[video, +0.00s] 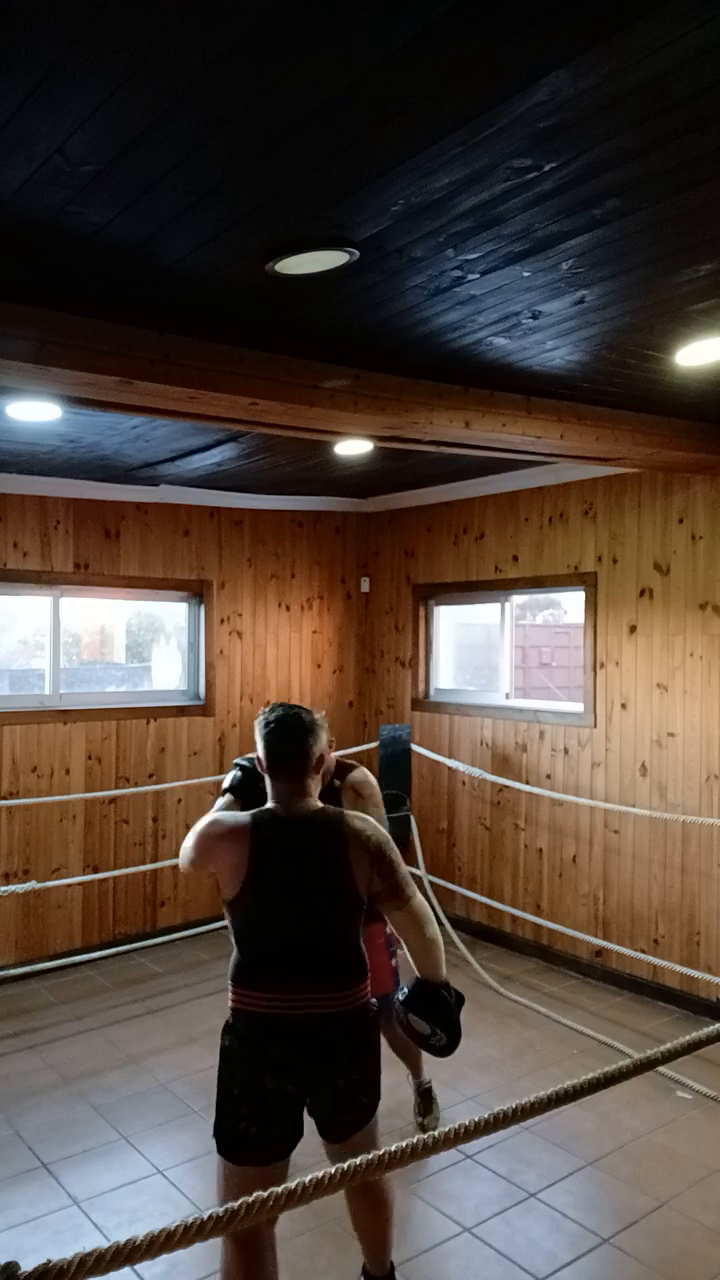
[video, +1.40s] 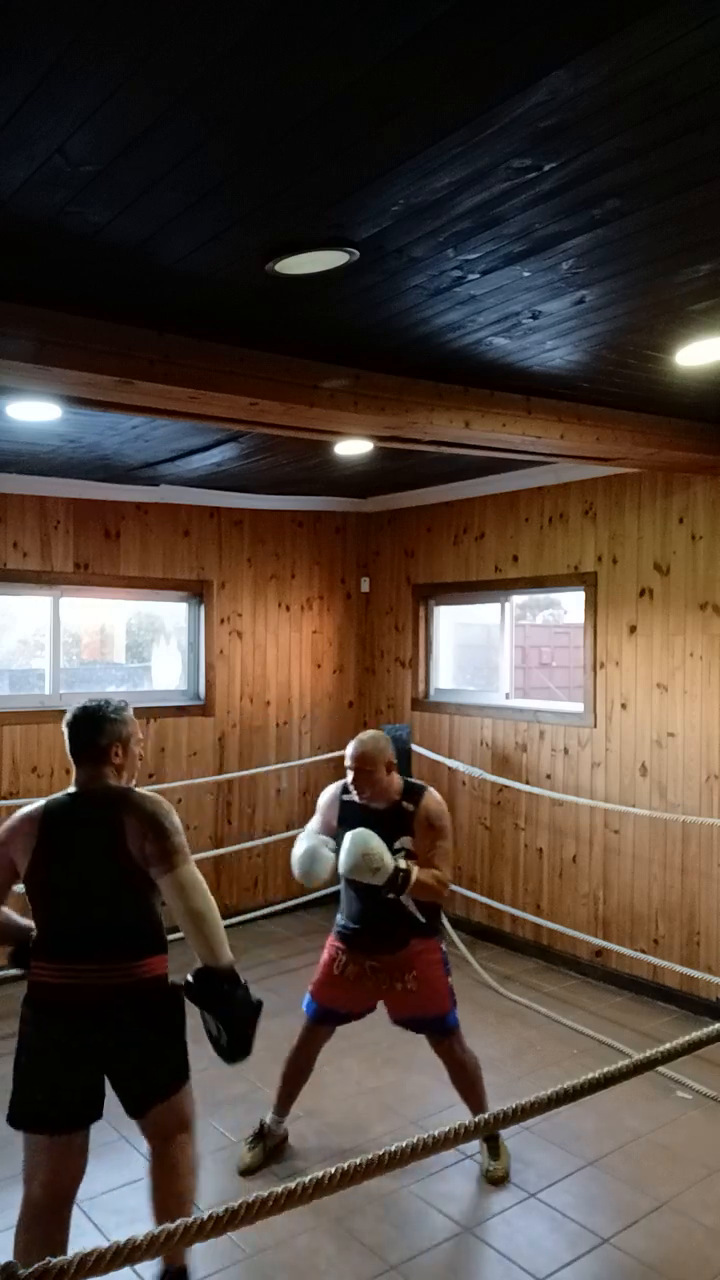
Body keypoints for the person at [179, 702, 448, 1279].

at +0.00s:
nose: (330, 758)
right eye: (328, 750)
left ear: (256, 766)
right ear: (322, 763)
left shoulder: (228, 835)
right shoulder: (362, 835)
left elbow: (193, 855)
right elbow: (409, 912)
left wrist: (231, 794)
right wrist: (435, 989)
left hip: (259, 1037)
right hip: (344, 1034)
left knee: (248, 1211)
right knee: (360, 1164)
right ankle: (380, 1270)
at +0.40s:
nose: (314, 766)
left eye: (311, 759)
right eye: (314, 759)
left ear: (251, 762)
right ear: (307, 767)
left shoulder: (202, 828)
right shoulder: (335, 840)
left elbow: (188, 869)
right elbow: (390, 929)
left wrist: (233, 796)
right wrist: (407, 994)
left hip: (214, 1040)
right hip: (303, 1040)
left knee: (191, 1208)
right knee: (303, 1182)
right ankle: (299, 1276)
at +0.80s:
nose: (276, 777)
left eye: (277, 768)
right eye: (274, 768)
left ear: (209, 768)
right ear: (261, 774)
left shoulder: (164, 826)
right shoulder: (275, 847)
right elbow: (342, 954)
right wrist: (366, 965)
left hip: (153, 1042)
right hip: (238, 1050)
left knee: (102, 1199)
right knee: (284, 1181)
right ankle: (291, 1275)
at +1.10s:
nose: (210, 764)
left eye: (205, 755)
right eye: (207, 754)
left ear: (146, 762)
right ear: (200, 762)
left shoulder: (107, 828)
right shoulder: (218, 833)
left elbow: (138, 906)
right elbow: (271, 923)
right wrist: (323, 976)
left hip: (113, 1037)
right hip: (199, 1039)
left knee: (77, 1194)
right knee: (257, 1188)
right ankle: (283, 1276)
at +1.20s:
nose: (180, 768)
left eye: (178, 758)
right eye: (177, 759)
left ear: (113, 768)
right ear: (164, 767)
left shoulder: (70, 840)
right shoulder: (188, 836)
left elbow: (87, 932)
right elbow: (242, 923)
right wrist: (289, 993)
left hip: (84, 1044)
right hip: (172, 1046)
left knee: (58, 1198)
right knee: (238, 1192)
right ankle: (277, 1274)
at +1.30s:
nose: (155, 767)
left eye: (153, 757)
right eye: (152, 757)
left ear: (88, 767)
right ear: (133, 765)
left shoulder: (39, 841)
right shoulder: (164, 831)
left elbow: (18, 935)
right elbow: (212, 920)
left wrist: (80, 917)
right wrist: (251, 1005)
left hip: (63, 1041)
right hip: (151, 1040)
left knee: (52, 1194)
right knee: (212, 1175)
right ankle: (247, 1270)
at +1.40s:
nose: (140, 752)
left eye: (137, 742)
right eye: (136, 743)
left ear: (74, 755)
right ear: (119, 752)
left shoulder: (27, 824)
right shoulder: (148, 816)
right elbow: (194, 906)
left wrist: (27, 933)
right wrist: (226, 983)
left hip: (55, 1016)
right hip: (141, 1014)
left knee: (48, 1177)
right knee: (172, 1134)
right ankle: (175, 1266)